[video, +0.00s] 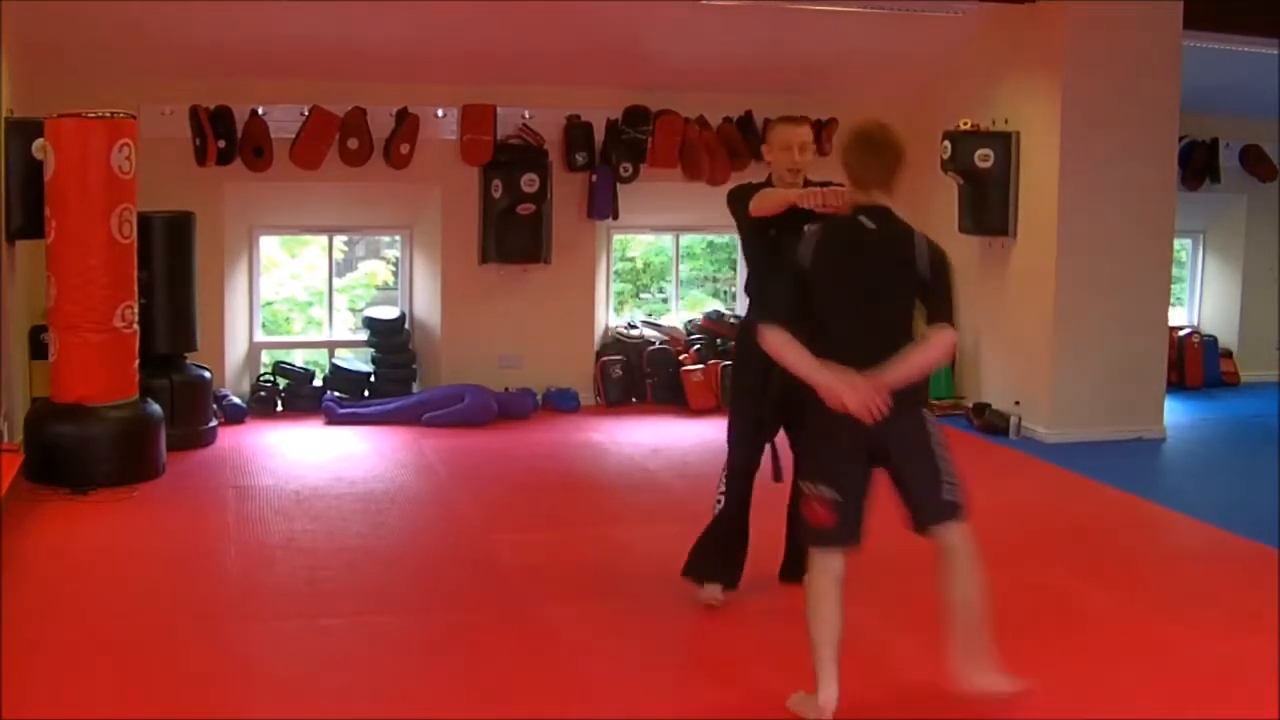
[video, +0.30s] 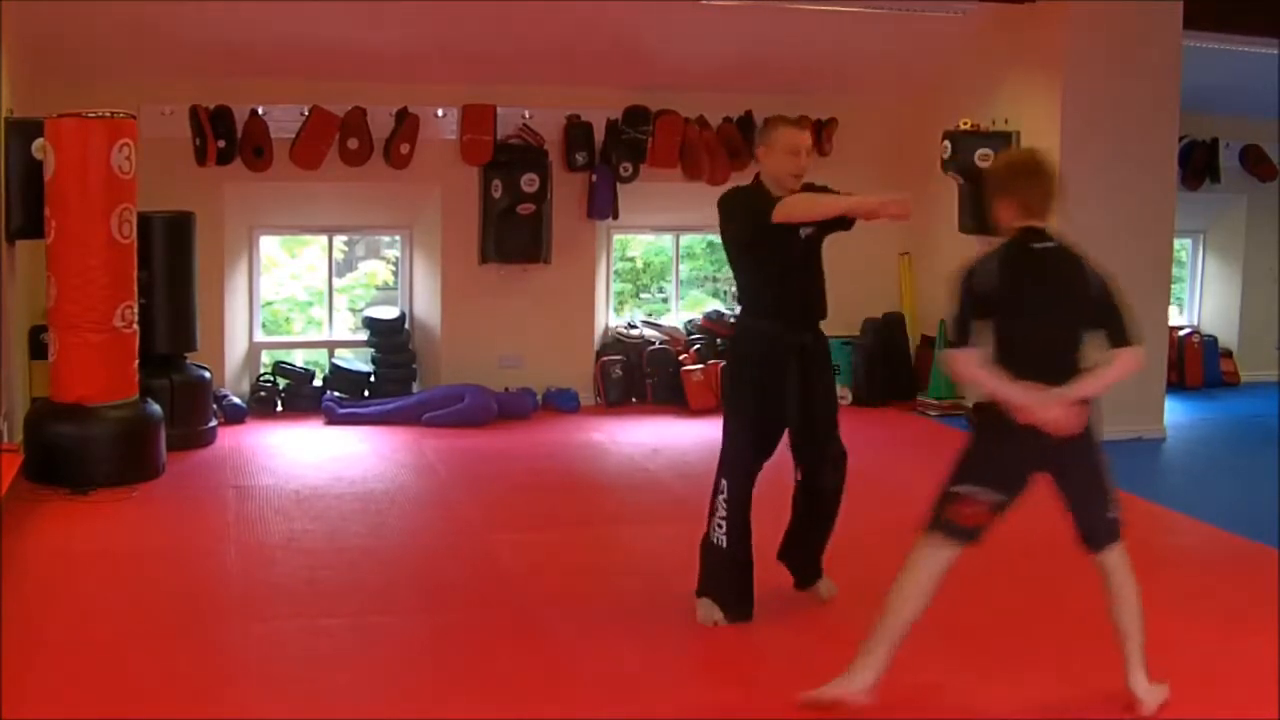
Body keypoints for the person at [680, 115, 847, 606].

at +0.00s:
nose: (794, 157)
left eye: (802, 149)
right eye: (784, 149)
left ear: (815, 152)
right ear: (765, 154)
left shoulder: (832, 197)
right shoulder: (747, 195)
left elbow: (876, 208)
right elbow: (751, 206)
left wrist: (849, 201)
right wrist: (802, 197)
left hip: (819, 342)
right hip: (762, 340)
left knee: (812, 457)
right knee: (742, 460)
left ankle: (801, 561)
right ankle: (716, 570)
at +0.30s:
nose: (802, 163)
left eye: (806, 154)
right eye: (792, 153)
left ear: (808, 158)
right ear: (762, 154)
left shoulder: (809, 199)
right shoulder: (737, 202)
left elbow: (846, 208)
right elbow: (791, 211)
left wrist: (874, 210)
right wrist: (866, 205)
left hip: (808, 351)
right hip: (757, 351)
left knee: (825, 461)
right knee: (738, 471)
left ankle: (804, 559)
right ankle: (718, 591)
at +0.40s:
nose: (819, 162)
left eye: (821, 153)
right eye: (810, 152)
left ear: (817, 156)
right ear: (776, 152)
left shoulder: (815, 204)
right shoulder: (754, 202)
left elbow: (871, 208)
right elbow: (830, 202)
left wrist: (926, 198)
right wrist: (917, 196)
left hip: (814, 352)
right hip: (765, 351)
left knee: (839, 464)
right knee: (740, 473)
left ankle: (821, 577)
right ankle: (717, 592)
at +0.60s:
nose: (862, 175)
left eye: (861, 165)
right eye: (855, 164)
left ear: (827, 168)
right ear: (823, 166)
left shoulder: (827, 216)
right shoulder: (808, 218)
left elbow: (897, 219)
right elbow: (897, 220)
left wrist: (967, 216)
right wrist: (978, 212)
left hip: (843, 376)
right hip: (807, 373)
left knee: (861, 488)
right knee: (769, 478)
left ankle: (853, 608)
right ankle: (717, 583)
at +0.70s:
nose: (886, 173)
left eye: (886, 163)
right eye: (880, 162)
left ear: (845, 165)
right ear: (851, 164)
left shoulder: (834, 215)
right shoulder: (838, 217)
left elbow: (917, 222)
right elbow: (924, 218)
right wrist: (1008, 213)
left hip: (857, 378)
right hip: (838, 378)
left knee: (873, 495)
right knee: (826, 495)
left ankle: (858, 614)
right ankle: (751, 578)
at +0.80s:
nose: (910, 165)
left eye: (910, 156)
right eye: (905, 155)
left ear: (869, 158)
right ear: (878, 157)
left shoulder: (848, 207)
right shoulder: (865, 209)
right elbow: (954, 212)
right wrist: (1033, 204)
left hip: (860, 359)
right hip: (870, 364)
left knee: (865, 482)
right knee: (886, 487)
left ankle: (833, 590)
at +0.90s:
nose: (941, 156)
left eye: (940, 147)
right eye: (936, 147)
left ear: (897, 152)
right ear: (910, 151)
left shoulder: (880, 203)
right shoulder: (890, 205)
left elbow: (961, 213)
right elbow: (974, 207)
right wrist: (1057, 196)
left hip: (881, 356)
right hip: (894, 361)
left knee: (875, 484)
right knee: (926, 486)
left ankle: (851, 611)